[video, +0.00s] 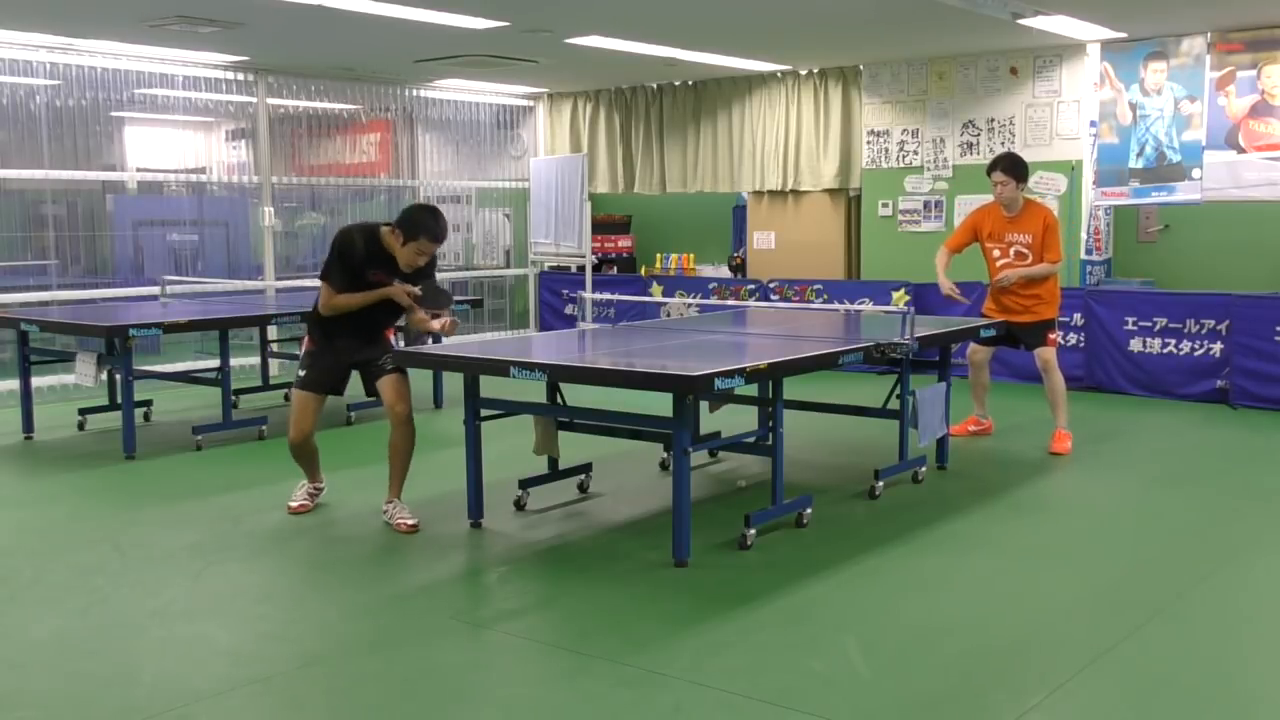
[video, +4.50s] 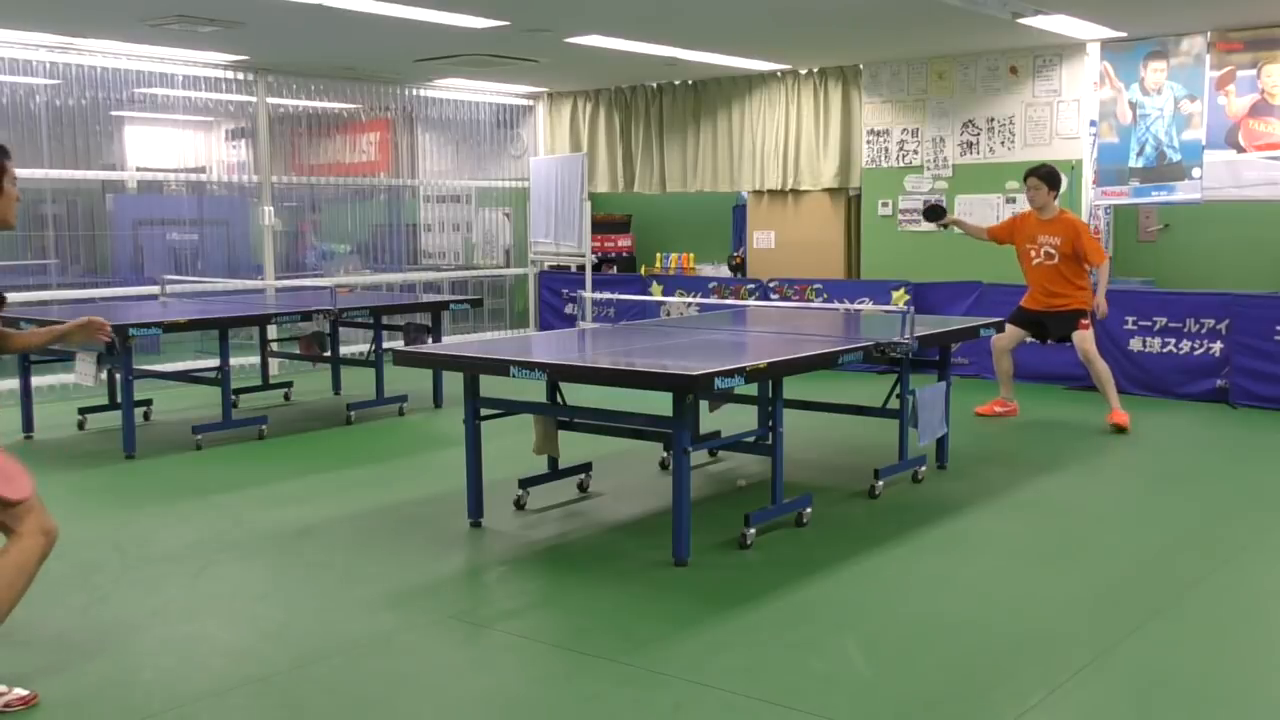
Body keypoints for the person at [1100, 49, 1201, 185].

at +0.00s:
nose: (1158, 77)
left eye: (1162, 72)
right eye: (1154, 71)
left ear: (1167, 73)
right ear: (1143, 72)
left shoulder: (1173, 89)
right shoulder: (1135, 91)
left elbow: (1198, 106)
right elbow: (1125, 121)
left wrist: (1191, 107)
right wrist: (1120, 95)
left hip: (1171, 161)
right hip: (1141, 163)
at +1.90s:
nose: (1158, 77)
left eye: (1162, 71)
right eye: (1154, 71)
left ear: (1167, 73)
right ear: (1143, 72)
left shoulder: (1173, 89)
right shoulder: (1135, 91)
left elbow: (1198, 105)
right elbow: (1125, 120)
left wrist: (1191, 107)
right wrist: (1120, 95)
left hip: (1171, 161)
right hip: (1141, 164)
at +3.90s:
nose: (1158, 77)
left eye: (1162, 71)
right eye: (1154, 71)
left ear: (1167, 72)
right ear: (1143, 71)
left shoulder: (1172, 89)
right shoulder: (1134, 91)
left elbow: (1198, 105)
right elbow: (1125, 120)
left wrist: (1191, 106)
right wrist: (1120, 94)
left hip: (1171, 160)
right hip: (1141, 163)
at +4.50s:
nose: (1158, 76)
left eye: (1162, 71)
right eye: (1154, 71)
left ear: (1167, 72)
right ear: (1143, 71)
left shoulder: (1173, 89)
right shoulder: (1134, 90)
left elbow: (1199, 105)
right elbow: (1125, 120)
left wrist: (1191, 106)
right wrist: (1120, 93)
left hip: (1171, 159)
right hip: (1141, 162)